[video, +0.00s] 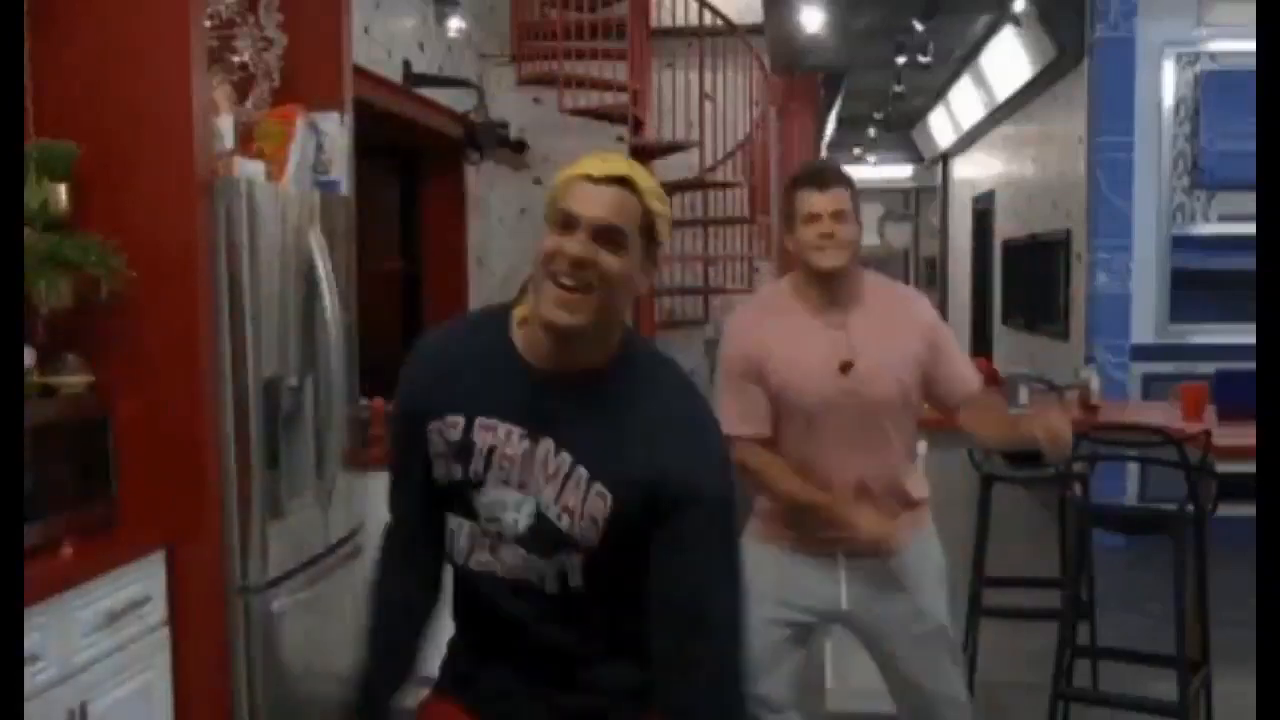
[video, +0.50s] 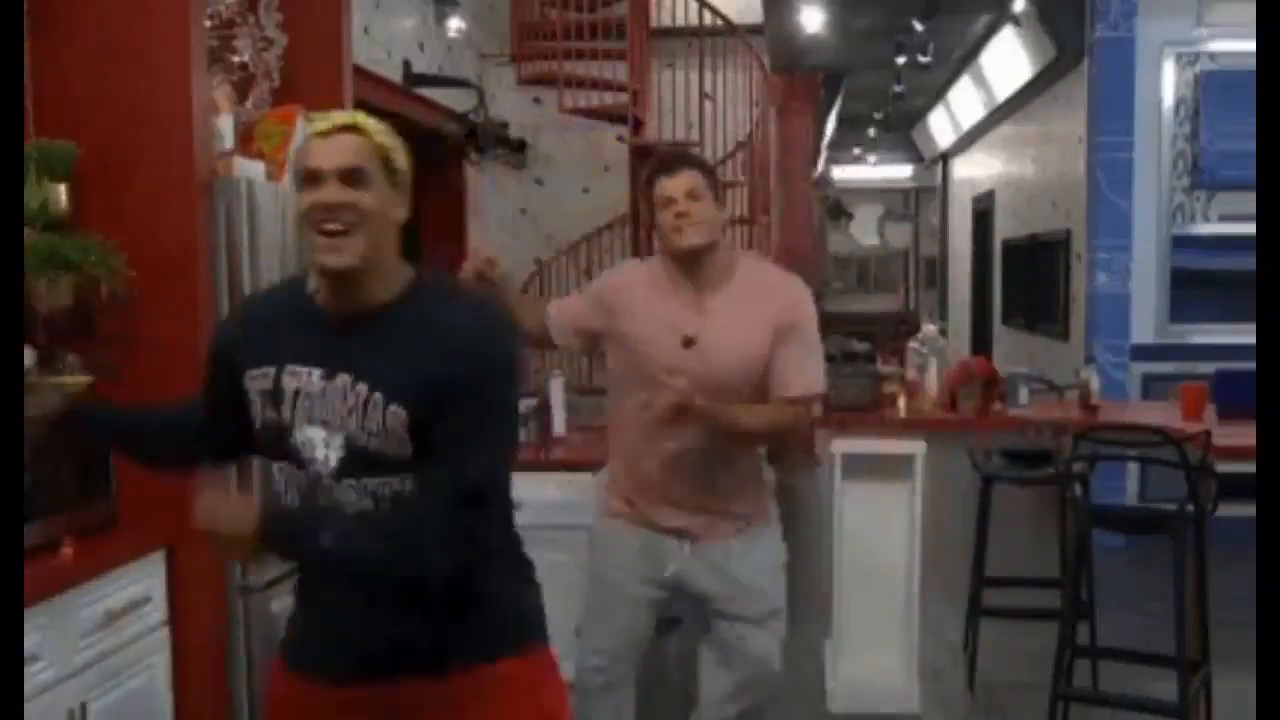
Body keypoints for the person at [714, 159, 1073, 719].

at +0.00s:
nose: (827, 230)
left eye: (839, 216)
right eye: (810, 220)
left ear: (859, 228)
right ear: (788, 238)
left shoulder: (908, 311)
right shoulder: (752, 323)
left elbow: (969, 404)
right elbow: (745, 448)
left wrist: (1024, 427)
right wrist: (840, 512)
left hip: (897, 549)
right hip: (785, 549)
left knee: (942, 705)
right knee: (768, 706)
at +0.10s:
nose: (804, 213)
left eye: (816, 199)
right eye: (789, 204)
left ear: (842, 210)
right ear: (773, 221)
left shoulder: (895, 299)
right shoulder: (736, 310)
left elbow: (932, 412)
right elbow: (718, 443)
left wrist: (1008, 490)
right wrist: (780, 522)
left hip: (877, 544)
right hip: (756, 540)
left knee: (934, 703)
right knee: (710, 691)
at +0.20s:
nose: (754, 183)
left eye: (767, 170)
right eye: (739, 175)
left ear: (796, 184)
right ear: (724, 193)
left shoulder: (849, 266)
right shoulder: (686, 273)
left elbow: (881, 384)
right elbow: (622, 375)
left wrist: (861, 504)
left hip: (821, 509)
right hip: (705, 511)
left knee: (889, 674)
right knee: (654, 667)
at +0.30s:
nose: (732, 197)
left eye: (744, 184)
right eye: (716, 189)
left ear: (769, 194)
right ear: (701, 206)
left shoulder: (828, 282)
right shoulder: (662, 284)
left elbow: (850, 397)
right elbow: (583, 368)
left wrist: (792, 485)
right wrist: (580, 441)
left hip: (790, 517)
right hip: (678, 520)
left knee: (856, 666)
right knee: (629, 674)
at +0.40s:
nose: (708, 214)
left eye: (720, 201)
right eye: (693, 206)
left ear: (748, 213)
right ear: (679, 225)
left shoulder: (803, 302)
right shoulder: (642, 302)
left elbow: (818, 423)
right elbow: (550, 356)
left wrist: (758, 446)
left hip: (767, 529)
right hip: (657, 537)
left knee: (816, 671)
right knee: (616, 691)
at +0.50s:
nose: (682, 212)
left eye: (695, 199)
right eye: (667, 204)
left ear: (723, 210)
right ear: (652, 221)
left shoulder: (781, 294)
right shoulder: (624, 287)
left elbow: (798, 414)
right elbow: (544, 322)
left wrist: (710, 412)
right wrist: (497, 292)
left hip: (739, 528)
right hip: (634, 523)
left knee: (753, 677)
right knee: (601, 678)